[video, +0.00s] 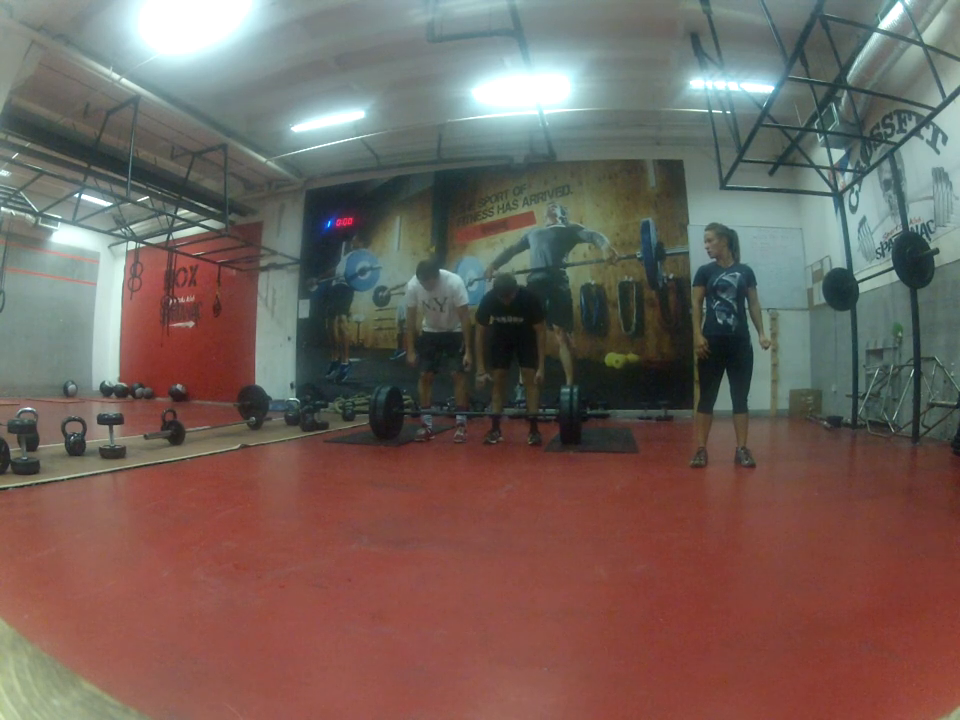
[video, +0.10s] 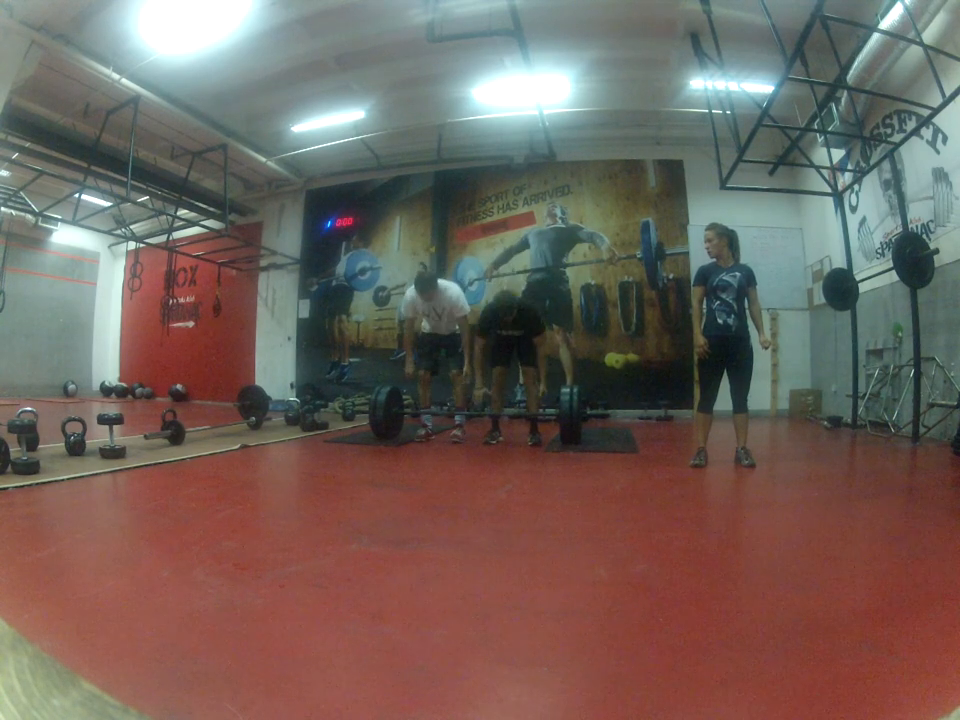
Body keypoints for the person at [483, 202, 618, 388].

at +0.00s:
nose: (551, 217)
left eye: (555, 214)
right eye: (548, 215)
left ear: (563, 217)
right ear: (545, 218)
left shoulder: (570, 229)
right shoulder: (534, 233)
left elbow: (593, 235)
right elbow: (512, 250)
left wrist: (606, 247)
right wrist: (492, 266)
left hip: (557, 284)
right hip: (535, 285)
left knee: (562, 334)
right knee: (530, 332)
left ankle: (569, 385)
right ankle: (524, 383)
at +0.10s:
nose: (552, 216)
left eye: (556, 214)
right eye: (549, 214)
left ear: (563, 218)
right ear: (545, 218)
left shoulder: (570, 229)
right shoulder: (534, 233)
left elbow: (593, 235)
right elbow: (512, 249)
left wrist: (607, 248)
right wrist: (493, 266)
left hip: (557, 283)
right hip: (534, 284)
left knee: (562, 335)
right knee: (530, 335)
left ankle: (570, 386)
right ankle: (536, 387)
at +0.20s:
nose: (554, 217)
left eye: (557, 214)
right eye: (550, 214)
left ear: (563, 218)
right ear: (545, 218)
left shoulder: (570, 229)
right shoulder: (534, 233)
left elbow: (593, 235)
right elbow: (512, 249)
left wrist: (607, 248)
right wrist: (493, 265)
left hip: (558, 285)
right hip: (534, 286)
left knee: (563, 337)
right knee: (531, 341)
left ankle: (570, 389)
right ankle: (543, 398)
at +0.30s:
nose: (552, 216)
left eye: (555, 214)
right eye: (549, 214)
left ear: (563, 217)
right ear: (545, 218)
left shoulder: (570, 229)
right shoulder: (534, 233)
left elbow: (593, 235)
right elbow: (512, 250)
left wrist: (607, 248)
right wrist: (493, 266)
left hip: (557, 283)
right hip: (534, 284)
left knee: (562, 336)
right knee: (528, 337)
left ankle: (570, 387)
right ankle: (525, 388)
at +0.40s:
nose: (551, 214)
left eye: (555, 211)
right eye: (549, 212)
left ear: (563, 217)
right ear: (545, 218)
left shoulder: (570, 229)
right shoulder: (534, 233)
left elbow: (593, 235)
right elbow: (512, 250)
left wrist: (607, 248)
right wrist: (492, 267)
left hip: (557, 284)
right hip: (534, 285)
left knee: (562, 335)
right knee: (527, 334)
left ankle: (570, 385)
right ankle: (523, 385)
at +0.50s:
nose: (552, 216)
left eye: (555, 213)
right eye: (549, 213)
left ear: (563, 217)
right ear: (545, 218)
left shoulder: (570, 229)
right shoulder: (534, 233)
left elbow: (593, 235)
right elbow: (512, 250)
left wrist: (606, 248)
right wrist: (493, 266)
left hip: (557, 283)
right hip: (534, 284)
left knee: (562, 335)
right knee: (529, 334)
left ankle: (569, 386)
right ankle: (527, 387)